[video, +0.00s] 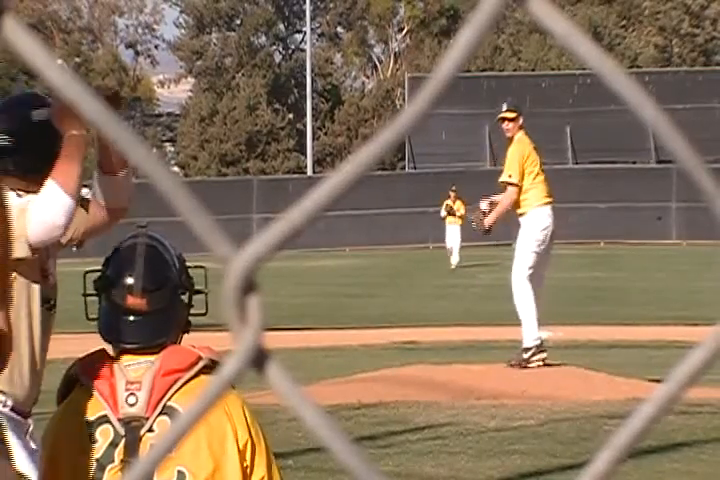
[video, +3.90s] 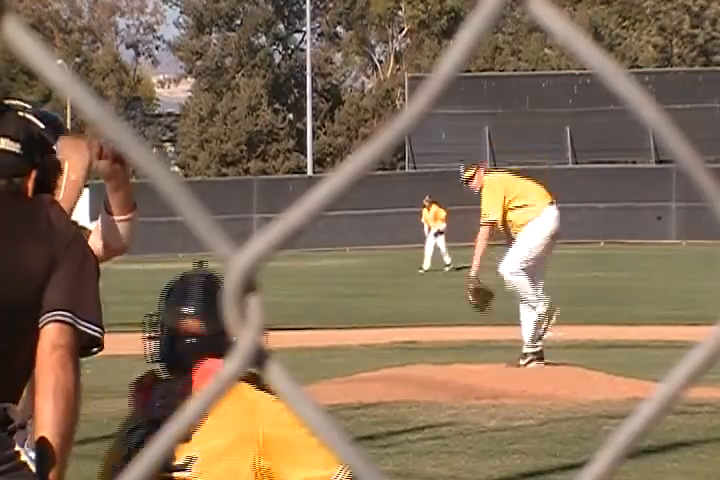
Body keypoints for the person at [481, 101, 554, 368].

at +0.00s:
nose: (506, 125)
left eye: (510, 120)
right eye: (503, 121)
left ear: (520, 121)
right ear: (501, 123)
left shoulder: (517, 146)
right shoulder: (522, 143)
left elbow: (512, 193)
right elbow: (519, 187)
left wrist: (489, 221)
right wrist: (495, 200)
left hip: (535, 214)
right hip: (541, 212)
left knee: (520, 276)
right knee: (530, 278)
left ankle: (532, 343)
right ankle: (531, 342)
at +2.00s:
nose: (511, 121)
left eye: (515, 116)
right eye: (508, 117)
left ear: (526, 115)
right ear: (508, 120)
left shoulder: (526, 144)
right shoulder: (527, 141)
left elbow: (530, 189)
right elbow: (522, 183)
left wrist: (509, 210)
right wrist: (504, 199)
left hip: (531, 215)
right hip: (528, 214)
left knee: (528, 282)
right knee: (526, 282)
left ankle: (535, 347)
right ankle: (533, 346)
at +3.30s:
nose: (500, 132)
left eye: (504, 126)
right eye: (498, 128)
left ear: (516, 123)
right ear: (499, 129)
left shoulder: (519, 148)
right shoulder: (526, 144)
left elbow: (520, 196)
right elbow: (525, 192)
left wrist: (498, 212)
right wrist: (502, 207)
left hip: (531, 217)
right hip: (539, 215)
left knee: (504, 278)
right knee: (526, 284)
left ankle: (526, 342)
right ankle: (532, 343)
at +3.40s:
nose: (498, 135)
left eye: (500, 129)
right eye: (495, 132)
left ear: (512, 126)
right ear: (503, 131)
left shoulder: (519, 148)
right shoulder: (525, 147)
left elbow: (515, 198)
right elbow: (520, 197)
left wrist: (489, 207)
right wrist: (493, 201)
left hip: (530, 218)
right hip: (541, 217)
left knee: (490, 257)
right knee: (525, 282)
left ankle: (513, 311)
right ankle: (533, 346)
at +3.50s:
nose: (494, 139)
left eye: (496, 133)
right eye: (492, 136)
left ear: (508, 128)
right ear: (501, 133)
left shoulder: (516, 150)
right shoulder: (520, 148)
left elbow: (509, 199)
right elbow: (512, 196)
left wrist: (480, 199)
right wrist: (483, 199)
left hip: (531, 214)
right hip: (538, 213)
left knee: (484, 228)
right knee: (528, 282)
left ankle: (508, 282)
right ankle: (531, 346)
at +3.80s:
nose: (477, 165)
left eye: (478, 159)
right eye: (474, 162)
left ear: (488, 152)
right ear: (486, 155)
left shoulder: (497, 167)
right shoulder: (505, 167)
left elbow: (493, 212)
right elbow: (504, 216)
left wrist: (472, 238)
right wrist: (485, 241)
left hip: (536, 217)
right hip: (547, 215)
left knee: (498, 252)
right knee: (530, 280)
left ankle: (544, 266)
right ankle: (533, 346)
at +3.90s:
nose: (470, 185)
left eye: (471, 178)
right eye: (467, 182)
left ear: (482, 170)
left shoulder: (491, 183)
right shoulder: (498, 181)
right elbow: (512, 233)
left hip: (540, 219)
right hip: (546, 218)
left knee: (509, 268)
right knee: (532, 284)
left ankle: (542, 307)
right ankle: (532, 348)